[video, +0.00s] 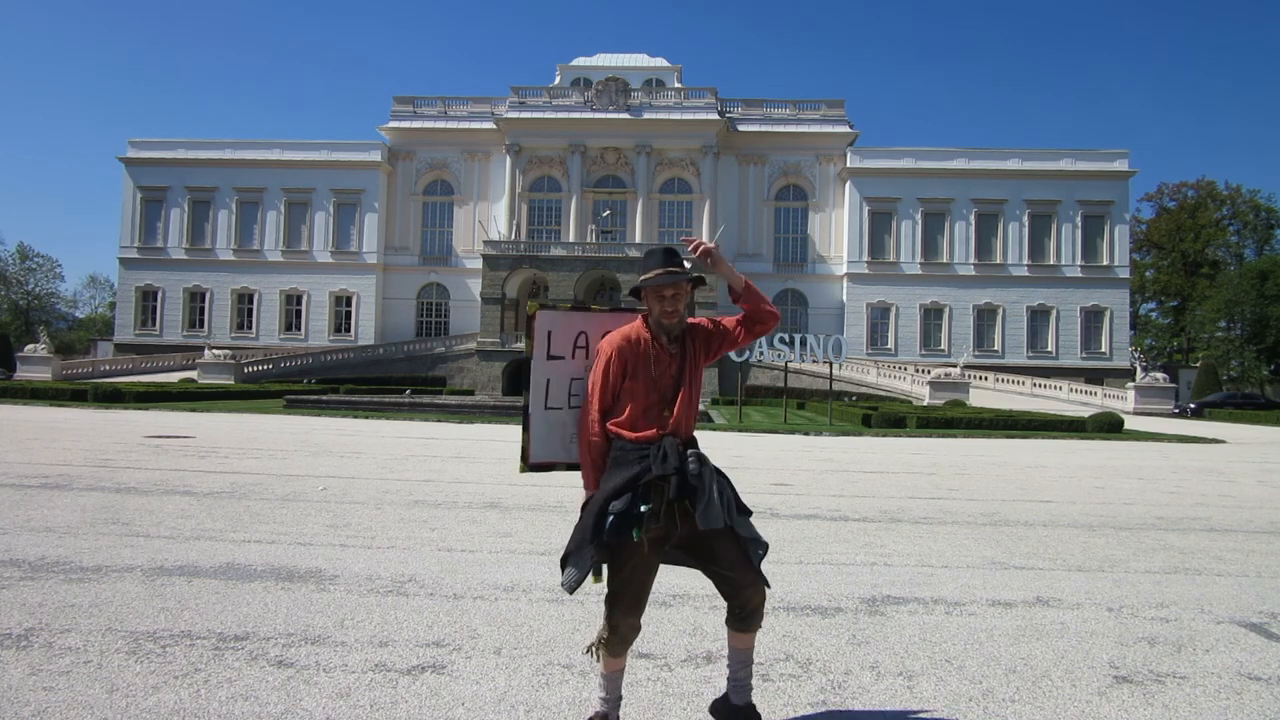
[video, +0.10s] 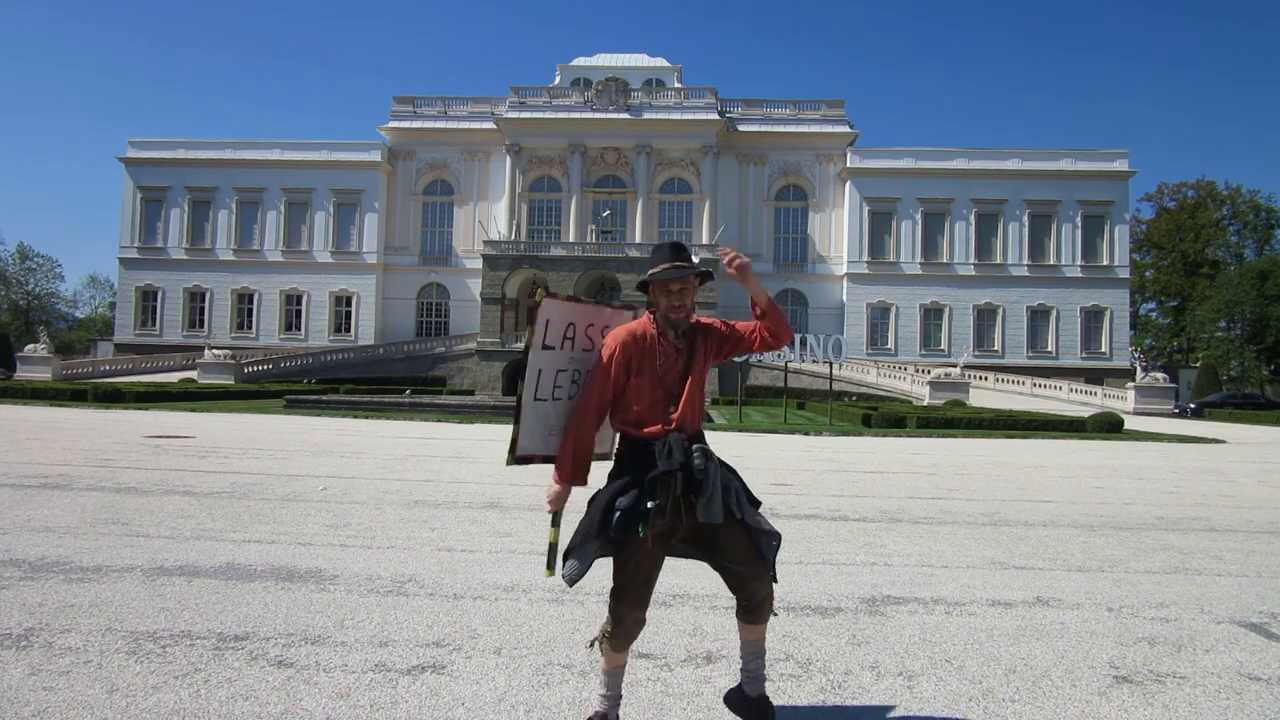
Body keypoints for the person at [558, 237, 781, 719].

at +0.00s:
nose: (670, 303)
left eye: (678, 293)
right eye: (660, 294)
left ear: (689, 294)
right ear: (644, 297)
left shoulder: (701, 336)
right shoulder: (617, 346)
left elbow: (765, 317)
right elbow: (592, 428)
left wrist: (722, 268)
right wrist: (597, 501)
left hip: (690, 486)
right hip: (632, 489)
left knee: (750, 592)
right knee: (623, 613)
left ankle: (738, 699)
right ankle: (608, 705)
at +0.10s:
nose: (679, 299)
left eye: (686, 288)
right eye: (669, 290)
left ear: (697, 290)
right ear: (650, 293)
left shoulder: (707, 333)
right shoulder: (624, 342)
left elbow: (776, 336)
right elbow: (587, 411)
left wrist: (751, 283)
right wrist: (564, 477)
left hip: (699, 475)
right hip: (641, 479)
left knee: (756, 578)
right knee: (628, 610)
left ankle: (751, 690)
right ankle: (608, 702)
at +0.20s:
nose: (687, 298)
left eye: (695, 288)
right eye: (677, 289)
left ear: (707, 290)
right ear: (660, 292)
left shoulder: (718, 336)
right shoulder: (634, 341)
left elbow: (788, 367)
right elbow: (587, 408)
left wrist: (777, 333)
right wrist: (556, 472)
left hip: (711, 476)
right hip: (651, 477)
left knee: (757, 590)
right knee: (632, 603)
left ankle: (767, 693)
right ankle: (608, 702)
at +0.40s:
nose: (733, 316)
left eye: (741, 307)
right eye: (723, 308)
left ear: (754, 310)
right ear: (709, 315)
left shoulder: (771, 369)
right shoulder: (692, 366)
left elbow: (792, 440)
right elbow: (677, 411)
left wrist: (772, 459)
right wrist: (700, 436)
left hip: (763, 501)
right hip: (709, 498)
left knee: (776, 612)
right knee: (673, 597)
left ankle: (768, 705)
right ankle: (620, 703)